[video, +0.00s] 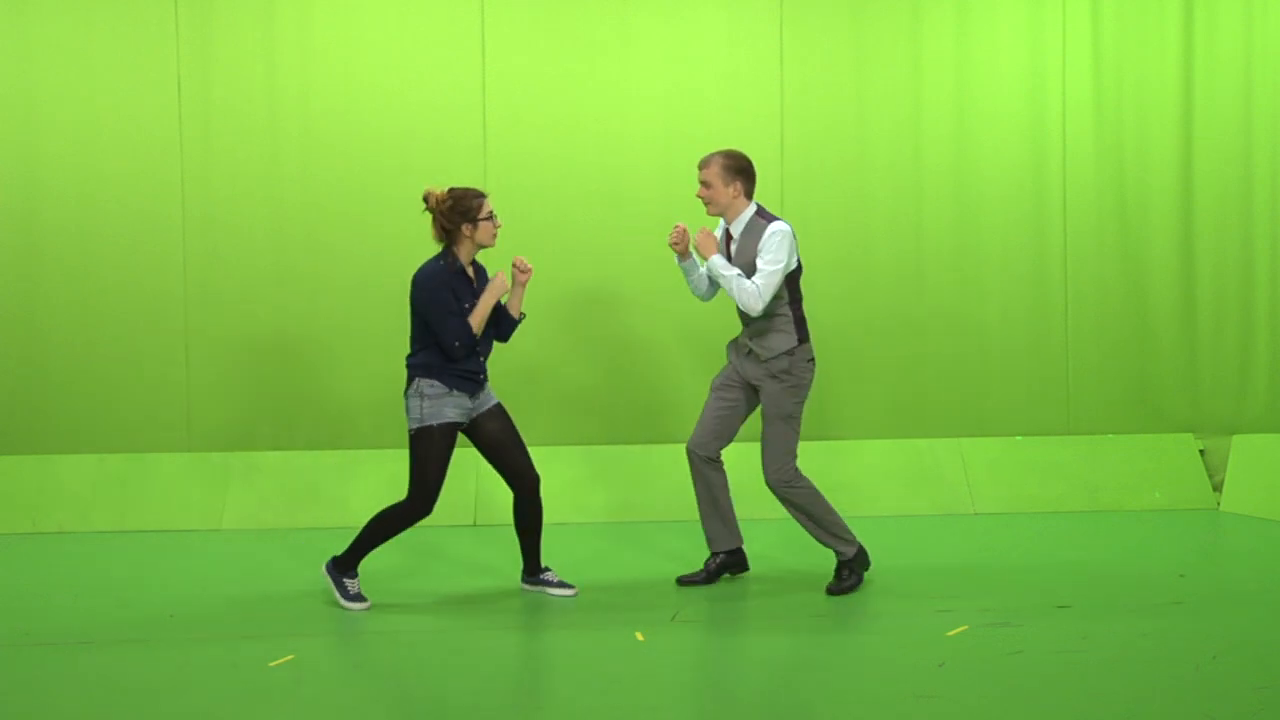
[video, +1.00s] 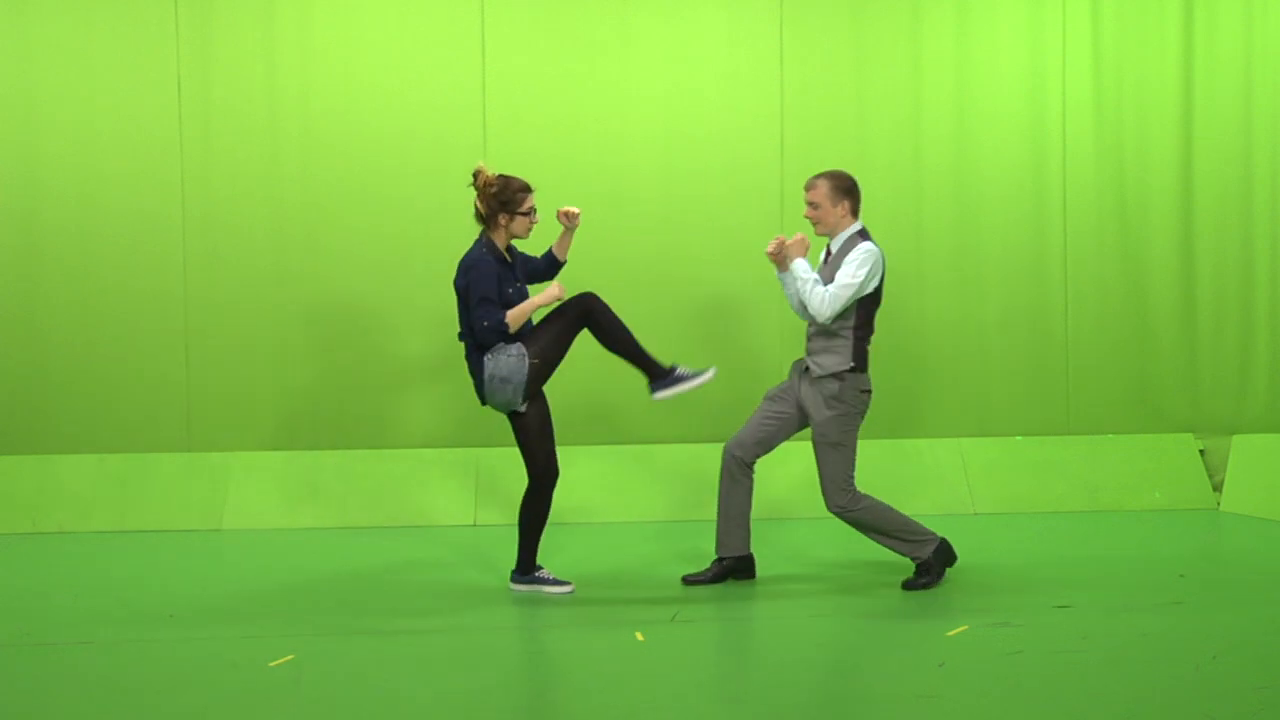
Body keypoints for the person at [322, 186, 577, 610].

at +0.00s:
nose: (497, 224)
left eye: (494, 217)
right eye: (489, 219)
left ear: (470, 228)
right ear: (465, 228)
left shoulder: (479, 274)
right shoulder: (431, 277)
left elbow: (502, 331)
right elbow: (458, 343)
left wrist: (519, 288)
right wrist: (491, 295)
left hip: (475, 391)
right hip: (434, 391)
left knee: (526, 480)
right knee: (420, 503)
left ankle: (534, 571)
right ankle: (343, 566)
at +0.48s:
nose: (506, 224)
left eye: (504, 217)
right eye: (499, 218)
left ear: (478, 228)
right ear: (475, 228)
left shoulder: (489, 272)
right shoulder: (449, 279)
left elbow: (498, 322)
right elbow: (482, 341)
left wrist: (523, 303)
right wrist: (512, 295)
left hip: (478, 400)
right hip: (436, 398)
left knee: (533, 479)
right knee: (400, 496)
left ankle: (525, 571)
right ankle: (338, 579)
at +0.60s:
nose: (517, 215)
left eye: (515, 207)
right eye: (509, 209)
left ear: (487, 215)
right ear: (485, 217)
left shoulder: (494, 258)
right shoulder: (465, 270)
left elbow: (532, 269)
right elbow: (475, 337)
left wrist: (558, 242)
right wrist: (524, 305)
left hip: (496, 386)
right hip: (468, 390)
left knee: (532, 477)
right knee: (503, 491)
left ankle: (525, 571)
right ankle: (409, 538)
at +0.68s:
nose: (523, 215)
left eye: (522, 208)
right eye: (517, 209)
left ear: (496, 213)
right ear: (490, 214)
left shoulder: (504, 251)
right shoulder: (465, 265)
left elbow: (550, 243)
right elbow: (464, 334)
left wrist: (580, 208)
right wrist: (518, 315)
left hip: (487, 375)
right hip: (477, 377)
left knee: (525, 472)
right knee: (573, 427)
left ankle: (524, 571)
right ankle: (503, 498)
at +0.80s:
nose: (534, 220)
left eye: (532, 213)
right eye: (527, 215)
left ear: (505, 220)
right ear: (501, 221)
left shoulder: (514, 253)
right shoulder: (470, 270)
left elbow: (561, 239)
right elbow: (470, 335)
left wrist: (584, 195)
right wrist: (526, 315)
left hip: (500, 371)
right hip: (485, 372)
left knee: (531, 473)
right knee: (587, 332)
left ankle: (524, 571)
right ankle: (654, 412)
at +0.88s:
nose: (538, 225)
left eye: (537, 217)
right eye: (531, 219)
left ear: (511, 224)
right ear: (505, 224)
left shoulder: (516, 257)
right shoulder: (476, 270)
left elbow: (562, 255)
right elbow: (481, 332)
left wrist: (575, 213)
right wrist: (534, 310)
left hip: (507, 374)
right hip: (493, 374)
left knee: (538, 474)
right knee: (587, 324)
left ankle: (524, 571)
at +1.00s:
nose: (534, 221)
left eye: (534, 213)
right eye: (528, 215)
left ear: (506, 218)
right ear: (502, 219)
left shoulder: (507, 255)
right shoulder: (478, 265)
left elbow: (546, 266)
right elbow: (489, 328)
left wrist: (567, 232)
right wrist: (540, 299)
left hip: (518, 373)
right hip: (505, 371)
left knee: (544, 473)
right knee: (586, 304)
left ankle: (525, 570)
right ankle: (660, 375)